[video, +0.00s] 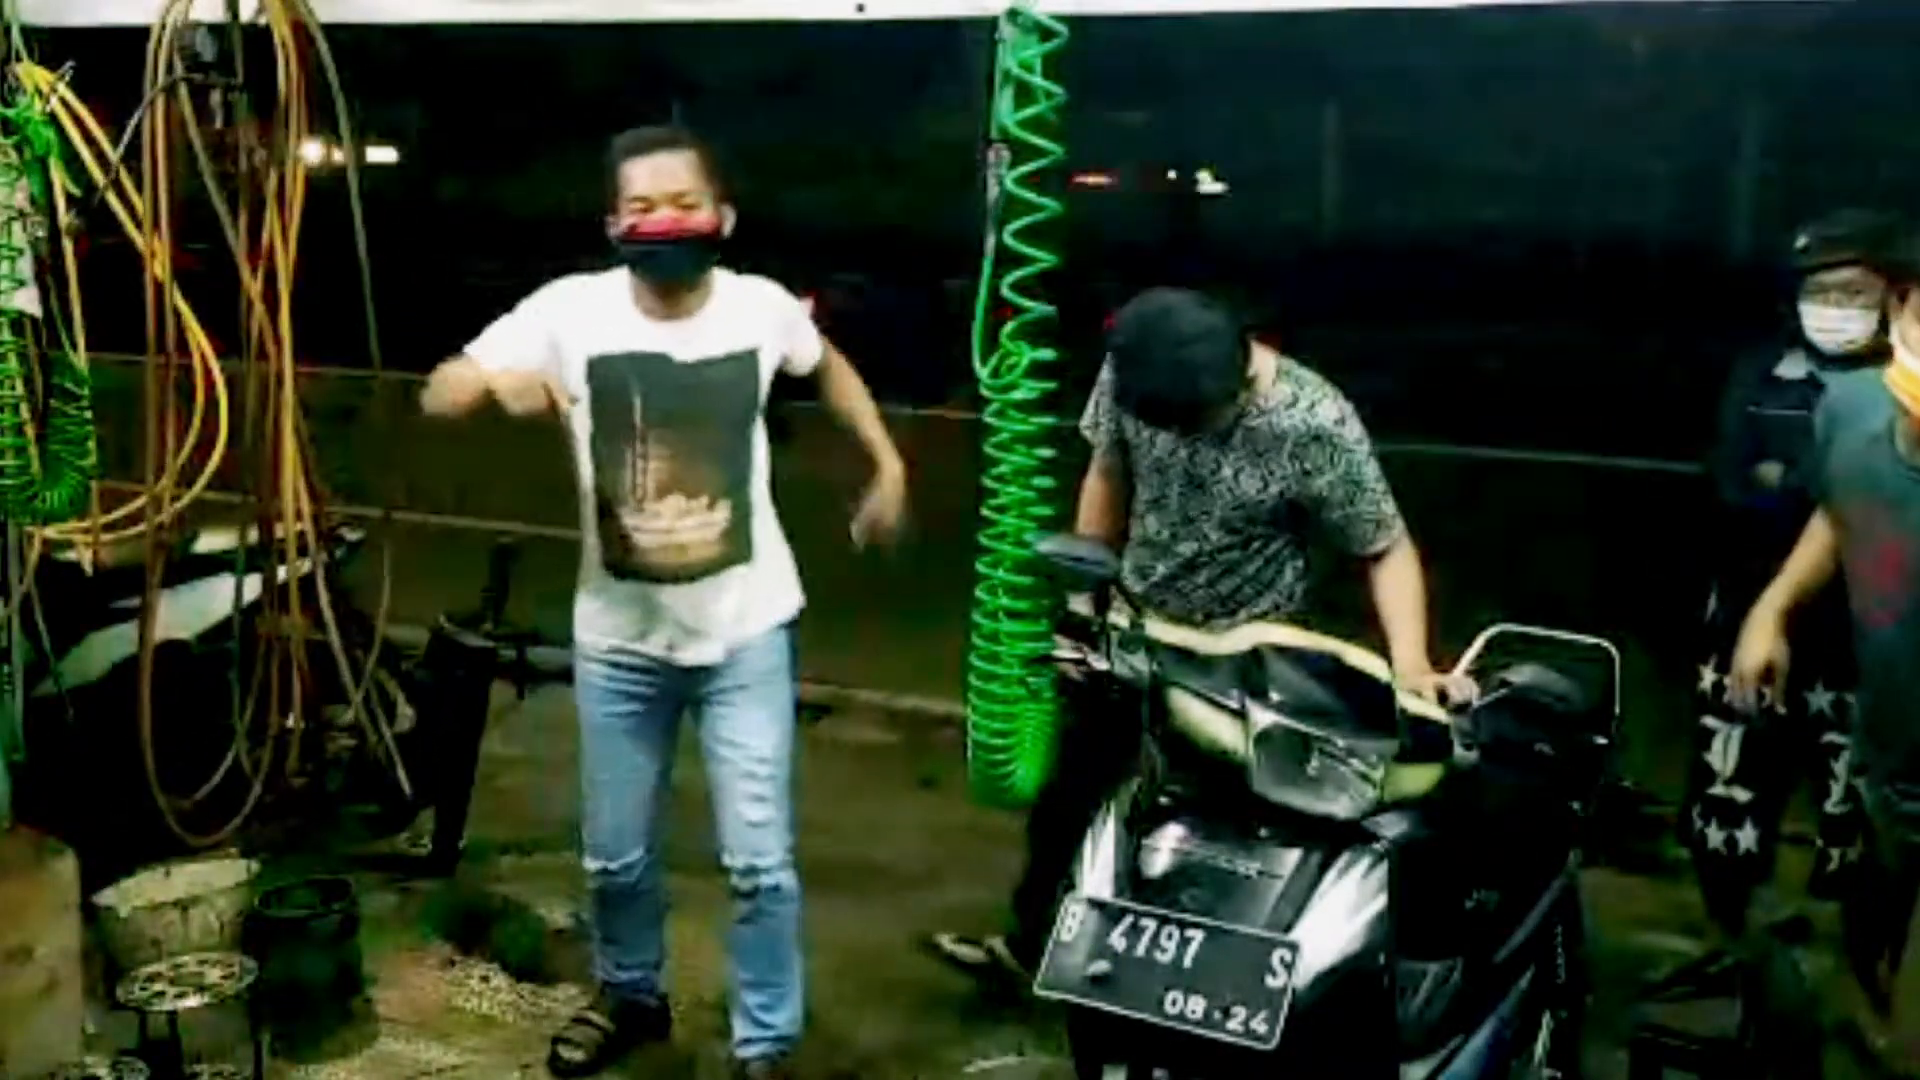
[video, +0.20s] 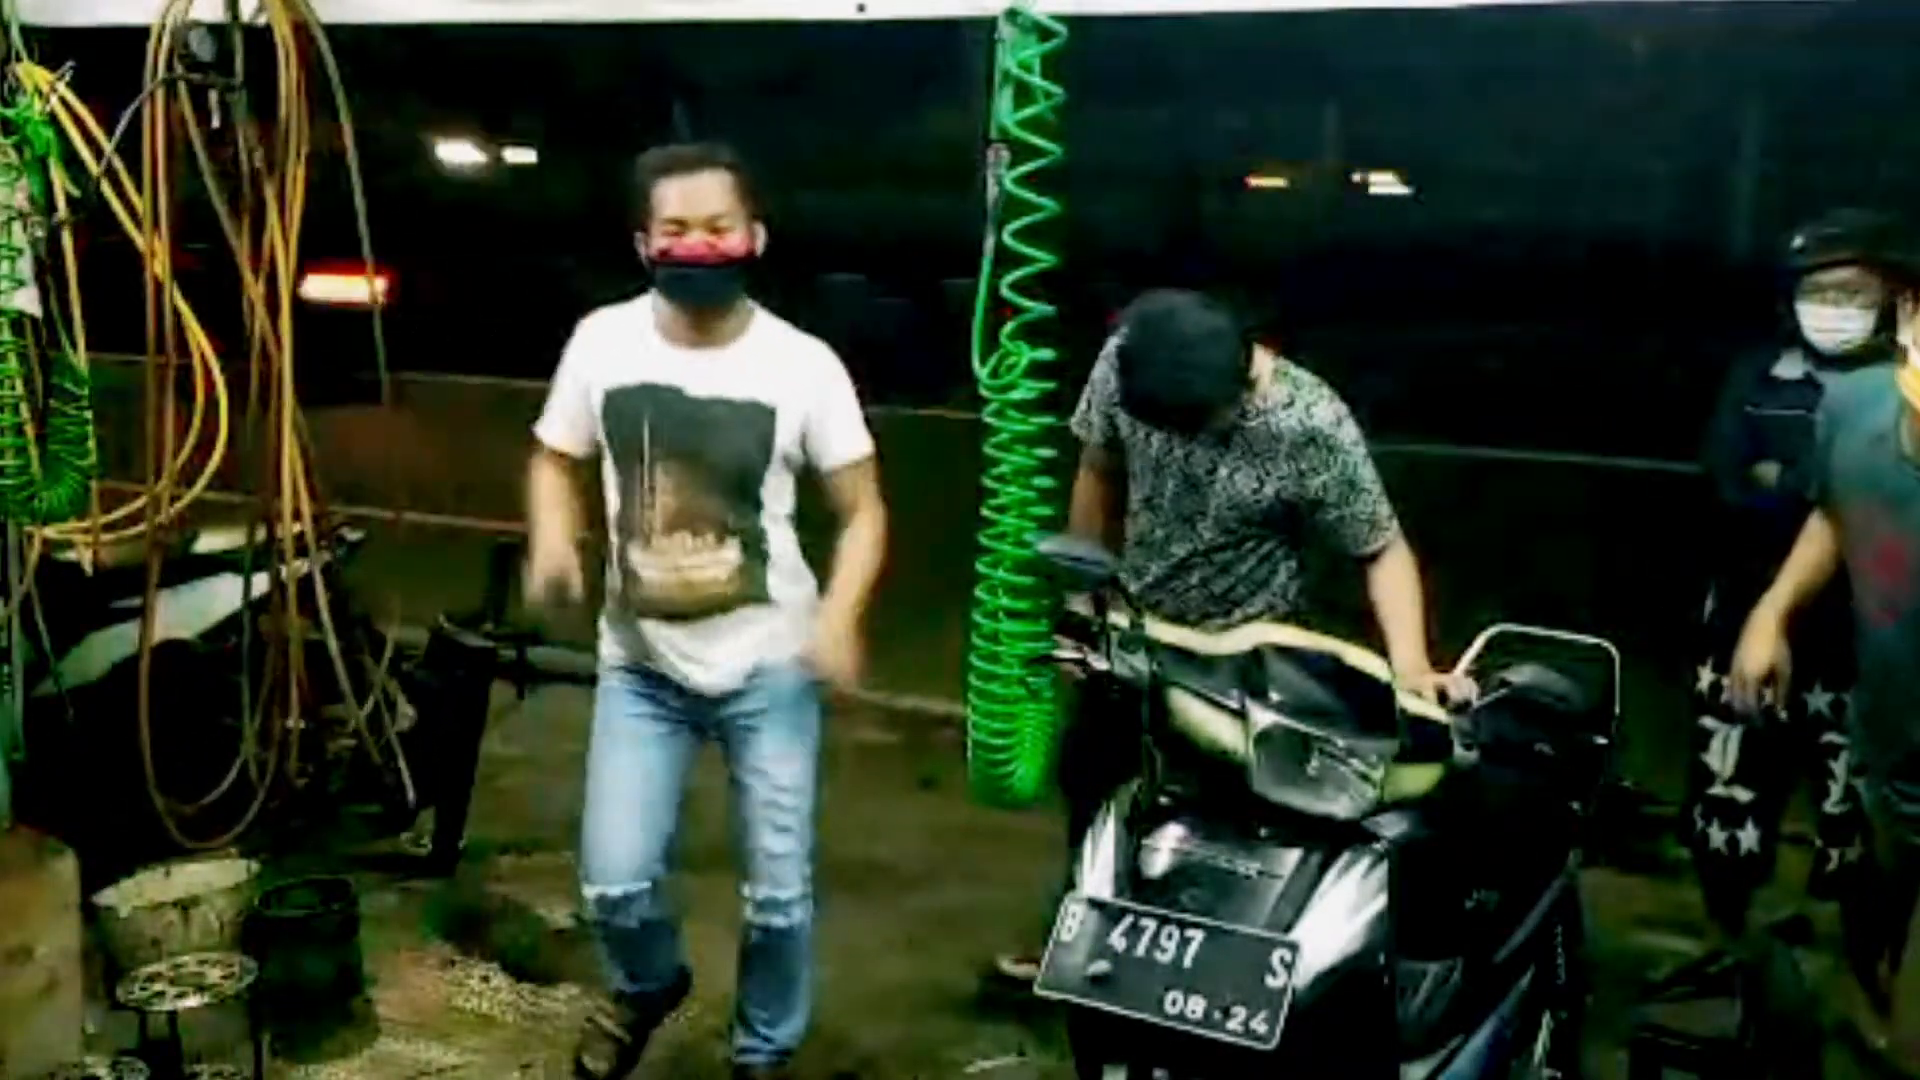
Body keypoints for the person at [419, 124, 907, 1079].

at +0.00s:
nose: (661, 227)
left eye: (681, 207)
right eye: (640, 210)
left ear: (719, 213)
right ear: (614, 220)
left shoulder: (759, 308)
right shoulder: (569, 310)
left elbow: (830, 371)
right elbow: (440, 395)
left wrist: (888, 463)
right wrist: (490, 377)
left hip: (743, 631)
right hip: (619, 634)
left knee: (757, 856)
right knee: (614, 852)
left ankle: (764, 1049)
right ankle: (632, 1001)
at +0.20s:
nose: (694, 249)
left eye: (714, 229)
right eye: (674, 230)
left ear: (752, 236)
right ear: (646, 240)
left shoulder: (804, 366)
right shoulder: (602, 344)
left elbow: (863, 510)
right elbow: (556, 457)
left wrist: (841, 618)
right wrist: (553, 544)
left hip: (769, 663)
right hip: (640, 663)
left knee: (778, 888)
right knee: (614, 883)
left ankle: (763, 1054)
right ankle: (652, 989)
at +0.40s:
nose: (697, 237)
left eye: (717, 218)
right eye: (675, 219)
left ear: (749, 229)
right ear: (643, 234)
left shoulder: (796, 341)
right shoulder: (613, 331)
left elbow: (823, 477)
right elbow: (589, 438)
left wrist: (715, 469)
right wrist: (555, 546)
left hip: (773, 665)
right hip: (644, 662)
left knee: (784, 895)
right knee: (644, 908)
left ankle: (767, 1056)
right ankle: (635, 1073)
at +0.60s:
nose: (679, 225)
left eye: (696, 205)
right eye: (654, 209)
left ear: (723, 213)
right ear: (613, 227)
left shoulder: (770, 311)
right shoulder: (571, 327)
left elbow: (843, 439)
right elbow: (521, 427)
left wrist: (743, 464)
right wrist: (474, 526)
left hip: (754, 660)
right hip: (621, 668)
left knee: (777, 893)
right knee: (635, 923)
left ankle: (765, 1056)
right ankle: (634, 1072)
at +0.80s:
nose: (675, 260)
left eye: (690, 237)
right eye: (649, 242)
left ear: (712, 243)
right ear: (598, 260)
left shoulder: (753, 369)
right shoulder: (540, 390)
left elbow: (789, 523)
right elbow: (471, 540)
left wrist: (825, 660)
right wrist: (483, 669)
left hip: (722, 693)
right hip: (594, 705)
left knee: (788, 904)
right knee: (632, 960)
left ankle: (696, 1026)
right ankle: (641, 1068)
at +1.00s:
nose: (680, 259)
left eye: (694, 237)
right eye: (654, 242)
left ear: (716, 241)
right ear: (606, 258)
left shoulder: (708, 344)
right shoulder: (566, 377)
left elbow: (703, 463)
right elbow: (479, 515)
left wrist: (747, 538)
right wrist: (608, 544)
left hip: (703, 680)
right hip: (594, 694)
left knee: (747, 882)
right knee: (657, 946)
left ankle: (641, 996)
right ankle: (639, 1063)